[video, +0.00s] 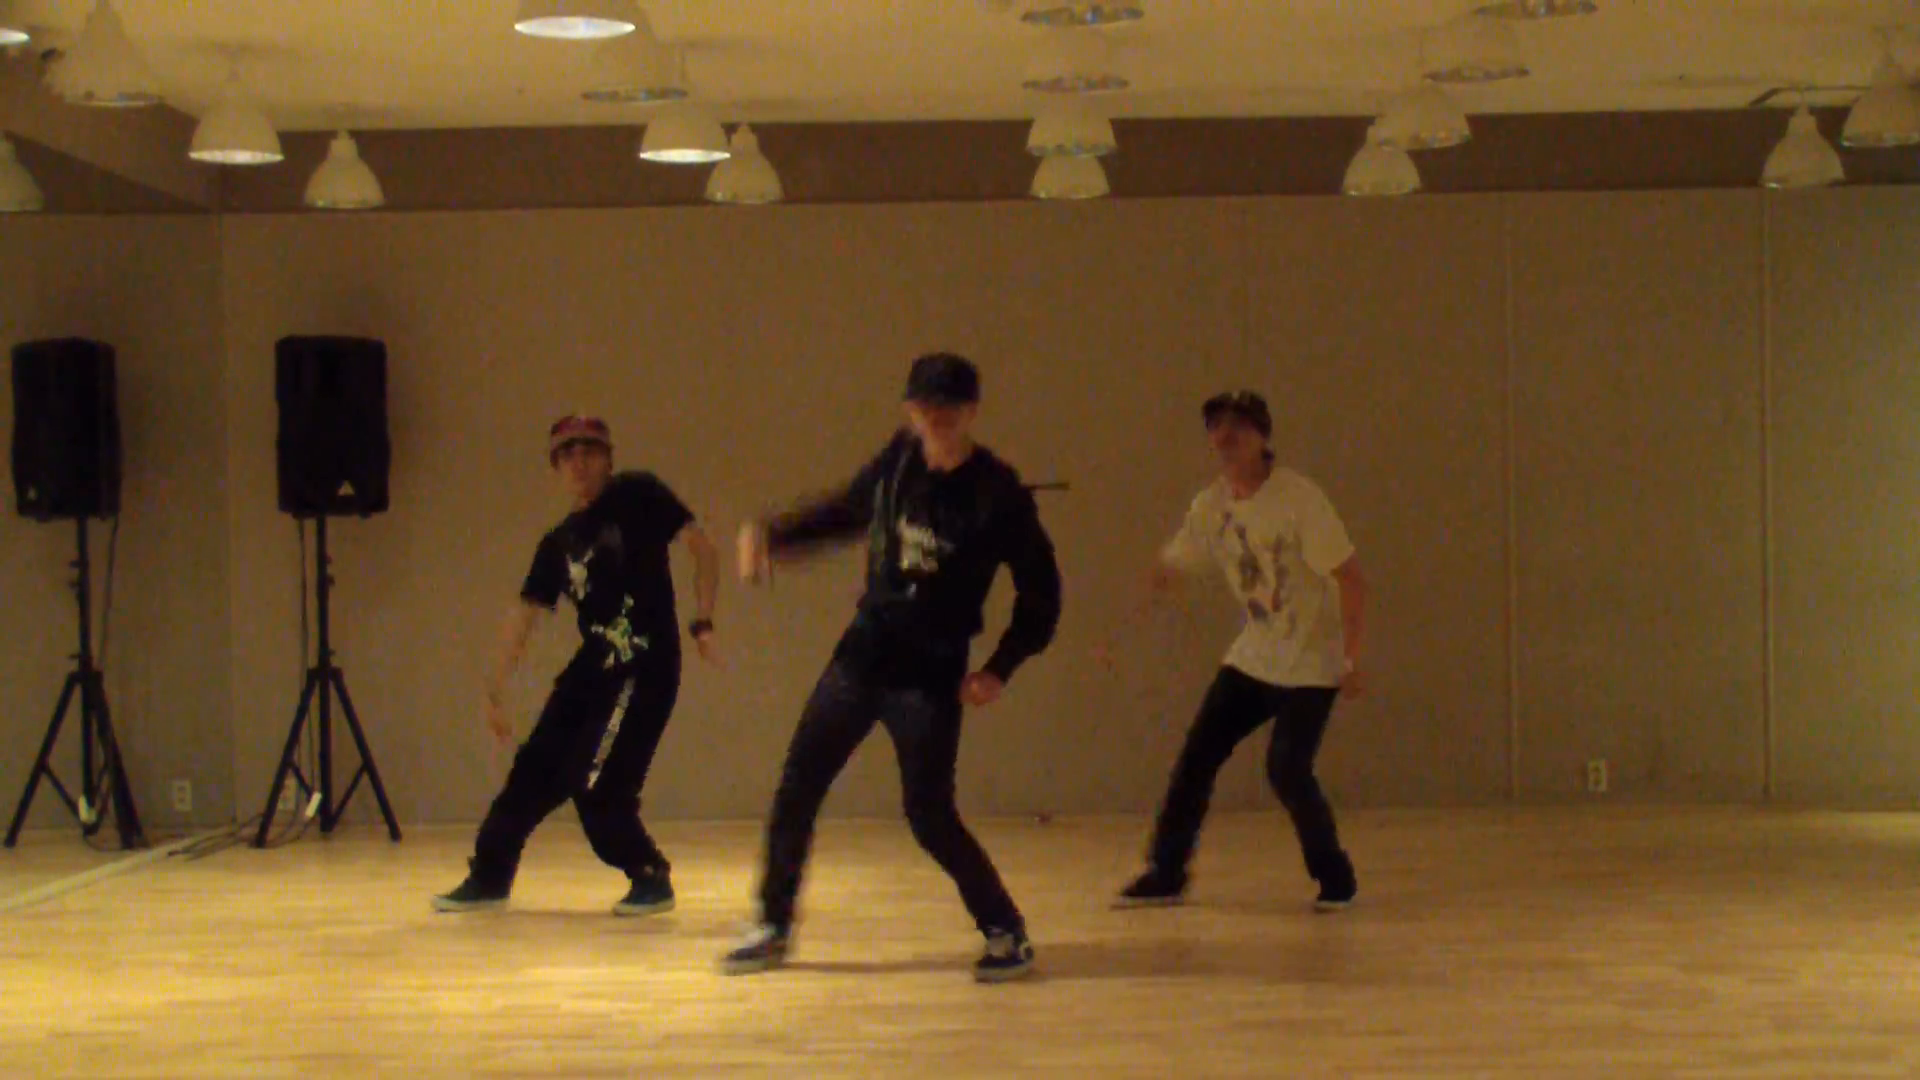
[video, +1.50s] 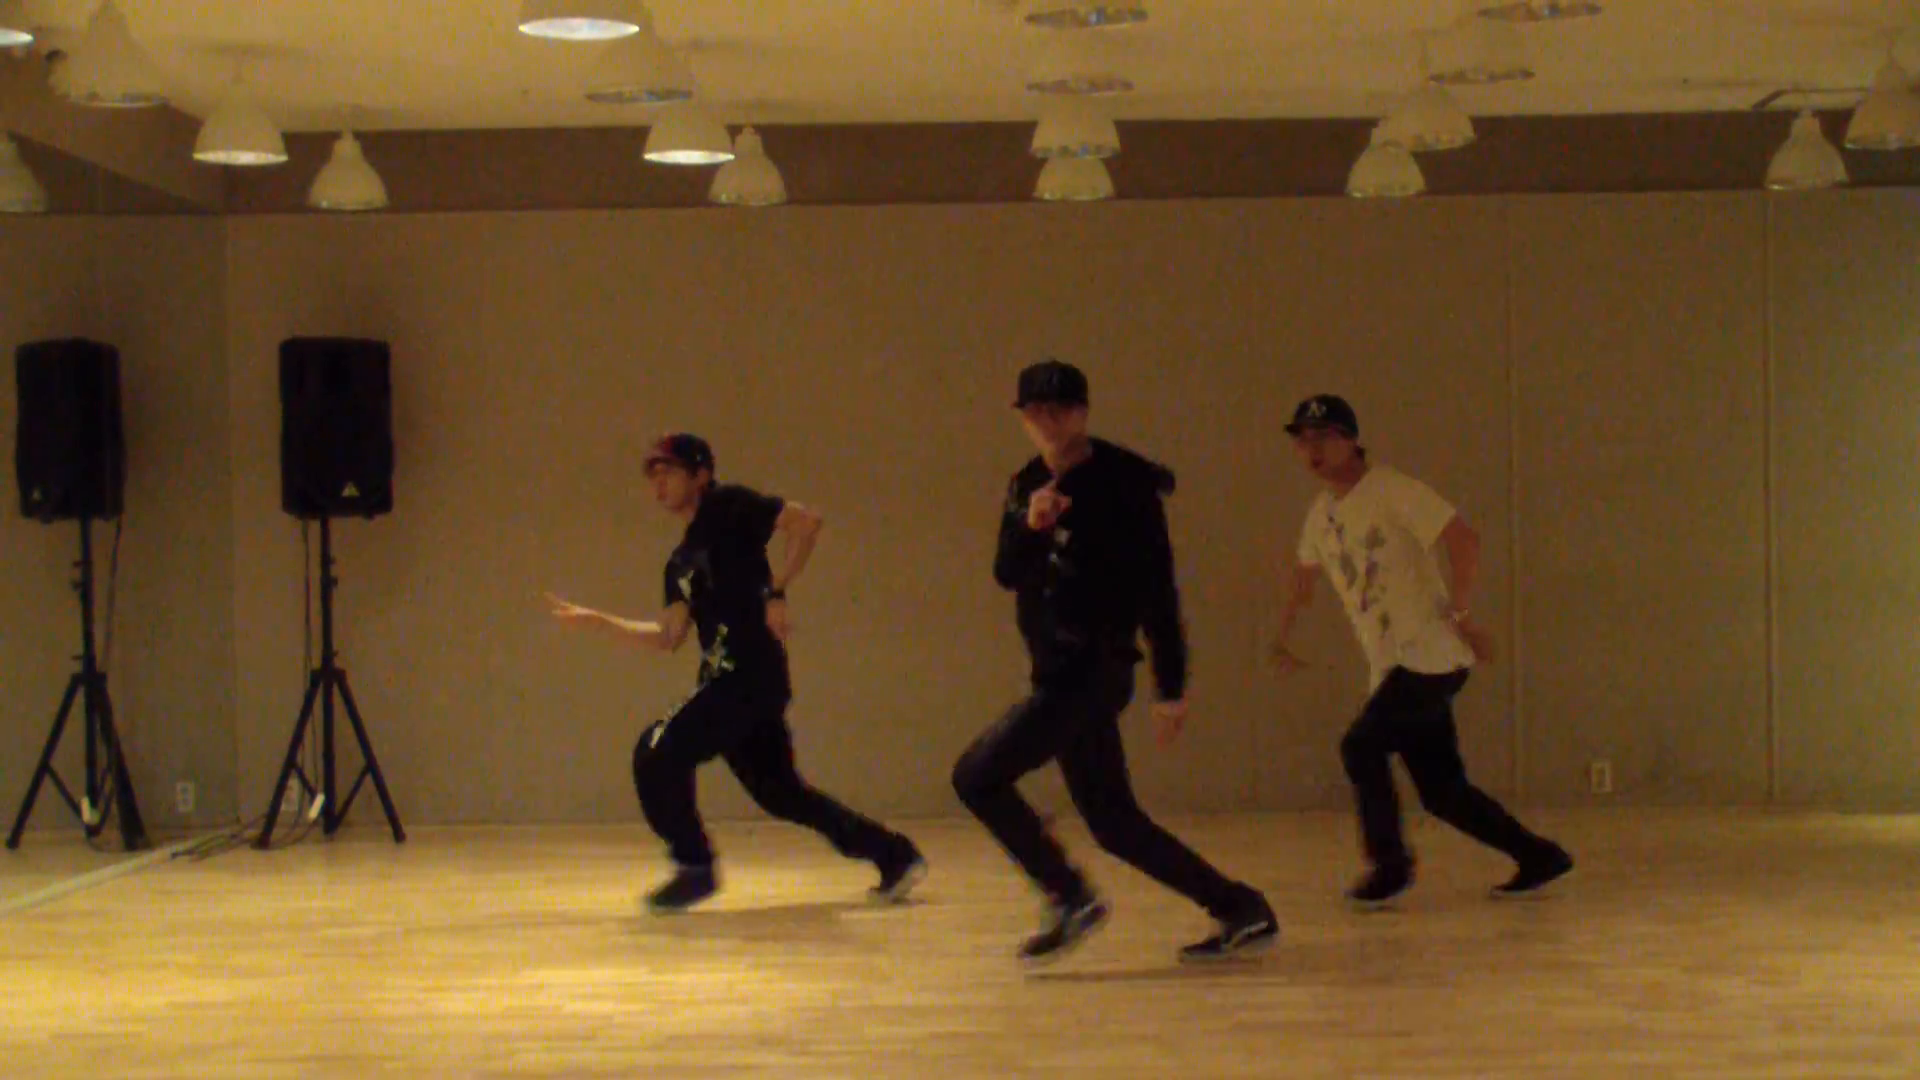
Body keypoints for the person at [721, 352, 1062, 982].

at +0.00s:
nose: (936, 430)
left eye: (947, 417)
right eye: (927, 417)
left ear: (971, 412)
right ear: (911, 413)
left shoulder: (998, 491)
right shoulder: (897, 459)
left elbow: (1041, 589)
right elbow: (846, 513)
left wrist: (1001, 668)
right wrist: (775, 535)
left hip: (931, 673)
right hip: (862, 655)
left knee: (931, 820)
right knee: (798, 786)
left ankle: (1004, 930)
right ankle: (773, 926)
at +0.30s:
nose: (968, 385)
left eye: (980, 373)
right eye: (959, 373)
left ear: (1007, 375)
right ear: (947, 374)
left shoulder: (1024, 464)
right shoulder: (937, 406)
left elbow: (1038, 579)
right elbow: (917, 322)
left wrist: (984, 650)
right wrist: (911, 235)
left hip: (939, 644)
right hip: (884, 637)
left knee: (956, 793)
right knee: (905, 795)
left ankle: (1010, 927)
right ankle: (953, 928)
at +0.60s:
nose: (937, 395)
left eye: (947, 380)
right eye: (926, 383)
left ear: (974, 371)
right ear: (915, 384)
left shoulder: (1013, 441)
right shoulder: (937, 446)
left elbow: (1049, 550)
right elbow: (938, 550)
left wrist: (1025, 651)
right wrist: (916, 511)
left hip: (991, 642)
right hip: (937, 634)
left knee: (962, 796)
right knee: (878, 748)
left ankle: (1012, 930)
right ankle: (936, 893)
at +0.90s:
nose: (894, 468)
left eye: (900, 455)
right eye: (888, 457)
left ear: (929, 453)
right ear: (900, 460)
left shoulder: (1005, 507)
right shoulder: (932, 507)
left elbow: (1070, 575)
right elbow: (973, 565)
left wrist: (1082, 663)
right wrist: (945, 579)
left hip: (1038, 653)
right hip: (983, 633)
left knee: (974, 788)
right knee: (885, 636)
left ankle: (1013, 932)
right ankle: (948, 758)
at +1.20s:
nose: (974, 422)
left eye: (984, 408)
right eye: (964, 412)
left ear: (1013, 406)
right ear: (957, 421)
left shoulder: (1065, 452)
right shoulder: (982, 487)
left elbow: (1156, 467)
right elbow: (978, 538)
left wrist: (1109, 551)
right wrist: (940, 547)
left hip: (1056, 655)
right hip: (1004, 645)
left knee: (964, 795)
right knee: (957, 754)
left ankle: (1012, 936)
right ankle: (931, 862)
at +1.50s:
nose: (1051, 423)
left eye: (1061, 410)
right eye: (1038, 413)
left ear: (1084, 412)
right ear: (1024, 420)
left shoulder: (1127, 481)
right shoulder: (1028, 484)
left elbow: (1157, 585)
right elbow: (1008, 574)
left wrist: (1171, 685)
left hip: (1097, 675)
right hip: (1061, 677)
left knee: (977, 777)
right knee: (1114, 823)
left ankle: (1070, 897)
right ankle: (1241, 908)